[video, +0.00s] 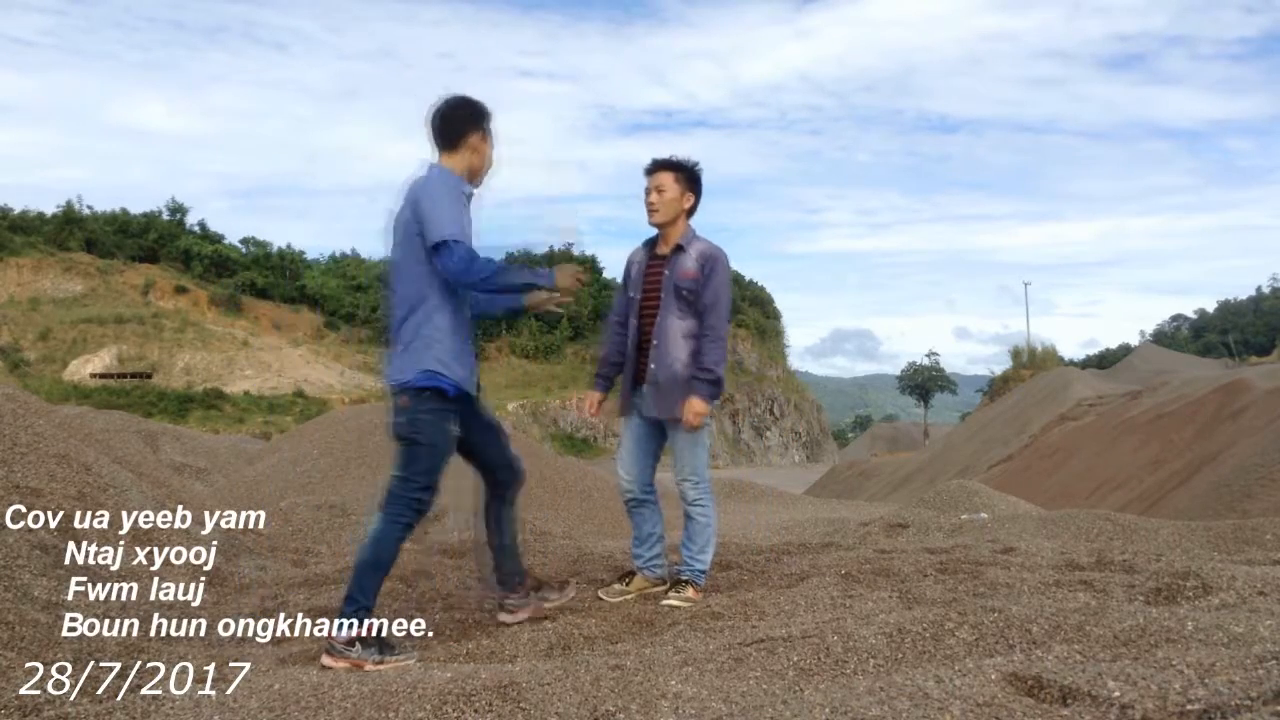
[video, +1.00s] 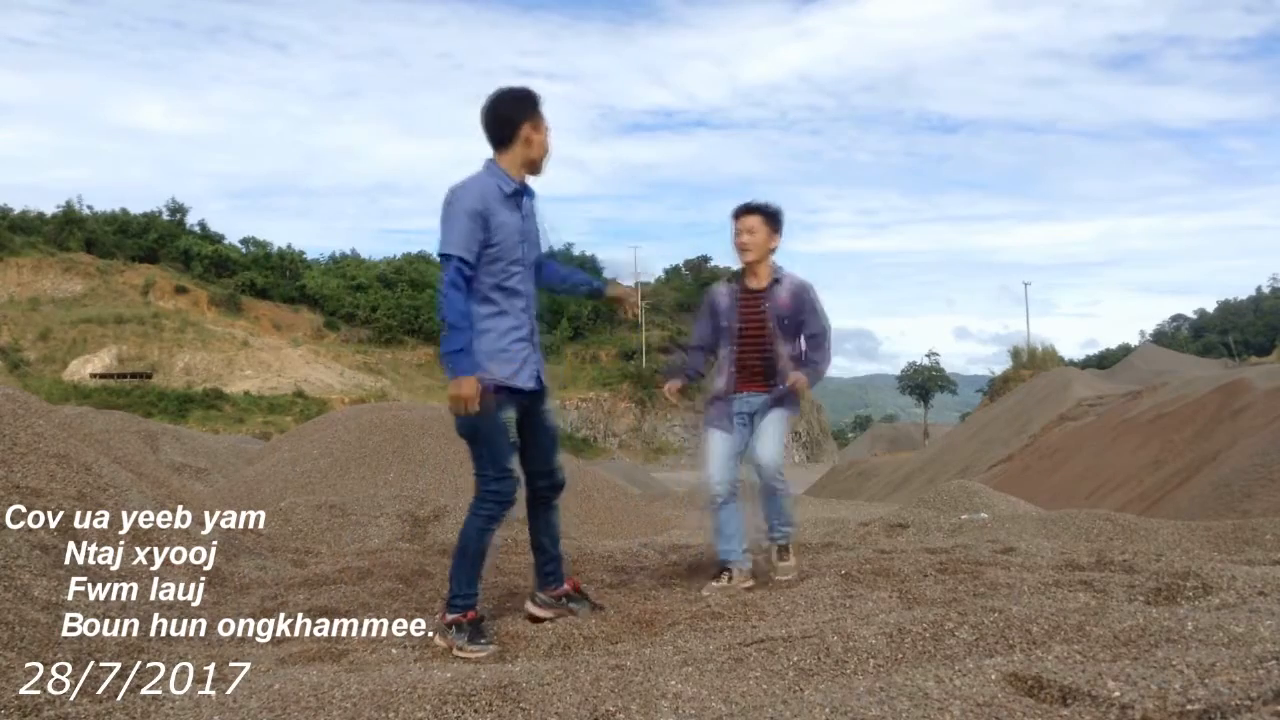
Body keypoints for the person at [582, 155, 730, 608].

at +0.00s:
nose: (650, 199)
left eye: (660, 191)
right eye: (647, 192)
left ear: (687, 199)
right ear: (646, 199)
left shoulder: (709, 258)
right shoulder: (638, 258)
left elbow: (715, 332)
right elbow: (619, 326)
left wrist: (703, 392)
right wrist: (600, 385)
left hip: (686, 393)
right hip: (641, 392)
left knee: (692, 488)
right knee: (634, 485)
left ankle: (693, 577)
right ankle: (650, 571)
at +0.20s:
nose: (654, 199)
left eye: (664, 192)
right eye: (652, 192)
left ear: (692, 200)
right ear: (650, 199)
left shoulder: (711, 258)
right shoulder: (642, 259)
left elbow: (725, 331)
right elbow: (630, 328)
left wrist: (723, 392)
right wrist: (625, 389)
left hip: (691, 394)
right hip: (646, 393)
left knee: (694, 487)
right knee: (634, 483)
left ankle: (692, 576)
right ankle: (649, 569)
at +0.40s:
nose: (657, 202)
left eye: (666, 194)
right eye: (654, 194)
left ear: (695, 201)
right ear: (653, 201)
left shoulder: (713, 259)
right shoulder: (648, 259)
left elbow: (724, 332)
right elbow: (635, 325)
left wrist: (721, 396)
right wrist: (622, 388)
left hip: (692, 393)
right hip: (649, 391)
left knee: (696, 486)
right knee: (639, 481)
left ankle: (693, 577)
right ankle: (650, 569)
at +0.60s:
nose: (686, 216)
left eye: (695, 208)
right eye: (682, 209)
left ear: (721, 210)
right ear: (679, 212)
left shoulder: (738, 265)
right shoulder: (672, 266)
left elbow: (727, 329)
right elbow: (646, 322)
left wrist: (704, 382)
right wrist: (623, 374)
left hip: (709, 395)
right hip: (662, 392)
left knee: (703, 484)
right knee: (643, 474)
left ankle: (692, 574)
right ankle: (690, 546)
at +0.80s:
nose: (722, 238)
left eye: (732, 231)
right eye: (719, 230)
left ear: (755, 240)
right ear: (714, 236)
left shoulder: (769, 296)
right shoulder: (695, 288)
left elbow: (774, 344)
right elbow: (659, 330)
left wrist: (745, 335)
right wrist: (628, 362)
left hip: (741, 403)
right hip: (697, 403)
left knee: (718, 474)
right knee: (693, 493)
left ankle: (702, 571)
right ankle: (739, 565)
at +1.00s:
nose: (742, 240)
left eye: (751, 233)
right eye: (738, 234)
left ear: (773, 239)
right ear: (734, 239)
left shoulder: (796, 291)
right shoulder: (719, 295)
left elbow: (820, 342)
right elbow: (700, 347)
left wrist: (808, 373)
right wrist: (681, 376)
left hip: (776, 400)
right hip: (728, 402)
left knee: (766, 461)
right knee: (719, 483)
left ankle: (781, 540)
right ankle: (736, 567)